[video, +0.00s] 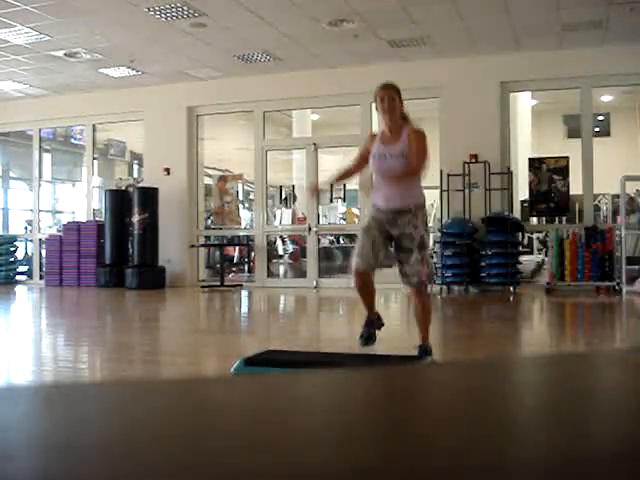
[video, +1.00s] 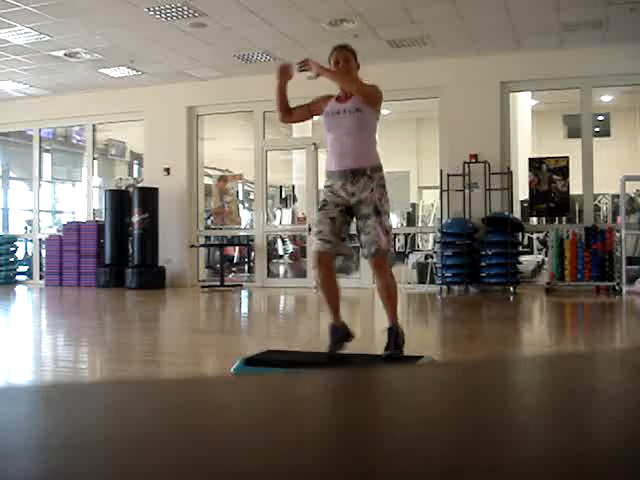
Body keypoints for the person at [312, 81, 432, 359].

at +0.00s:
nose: (386, 105)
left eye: (391, 100)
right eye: (381, 101)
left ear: (401, 103)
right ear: (375, 106)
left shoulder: (414, 135)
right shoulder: (374, 139)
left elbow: (416, 169)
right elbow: (356, 166)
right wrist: (327, 184)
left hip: (410, 213)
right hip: (379, 213)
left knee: (418, 282)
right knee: (360, 270)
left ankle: (424, 343)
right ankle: (372, 317)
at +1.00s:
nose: (340, 65)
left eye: (345, 59)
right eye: (335, 62)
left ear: (357, 65)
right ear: (331, 69)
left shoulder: (371, 95)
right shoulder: (326, 103)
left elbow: (354, 88)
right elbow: (286, 116)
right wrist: (282, 83)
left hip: (368, 181)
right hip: (334, 184)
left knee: (378, 259)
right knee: (322, 257)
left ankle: (394, 328)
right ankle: (338, 325)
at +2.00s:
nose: (297, 73)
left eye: (302, 68)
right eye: (292, 69)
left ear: (311, 73)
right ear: (284, 76)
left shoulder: (325, 109)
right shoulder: (280, 113)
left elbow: (348, 149)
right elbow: (274, 151)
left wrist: (337, 183)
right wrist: (266, 185)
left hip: (317, 189)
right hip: (285, 191)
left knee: (309, 262)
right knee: (274, 263)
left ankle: (310, 332)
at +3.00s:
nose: (313, 128)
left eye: (318, 123)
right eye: (308, 124)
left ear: (326, 126)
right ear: (303, 129)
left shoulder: (342, 159)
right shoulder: (304, 160)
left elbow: (365, 190)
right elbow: (309, 198)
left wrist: (376, 214)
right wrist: (307, 227)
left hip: (347, 229)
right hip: (317, 230)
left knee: (358, 288)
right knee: (303, 270)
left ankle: (377, 339)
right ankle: (298, 331)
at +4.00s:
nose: (174, 133)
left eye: (177, 128)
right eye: (175, 127)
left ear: (188, 131)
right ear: (200, 131)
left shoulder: (183, 163)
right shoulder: (218, 159)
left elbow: (172, 203)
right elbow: (239, 190)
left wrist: (163, 234)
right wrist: (260, 215)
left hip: (198, 225)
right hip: (225, 224)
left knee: (172, 282)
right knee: (226, 281)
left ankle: (178, 347)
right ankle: (252, 333)